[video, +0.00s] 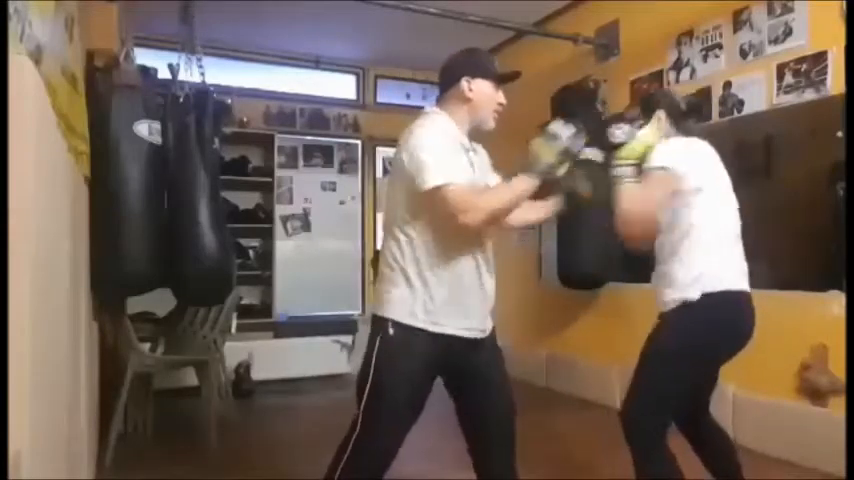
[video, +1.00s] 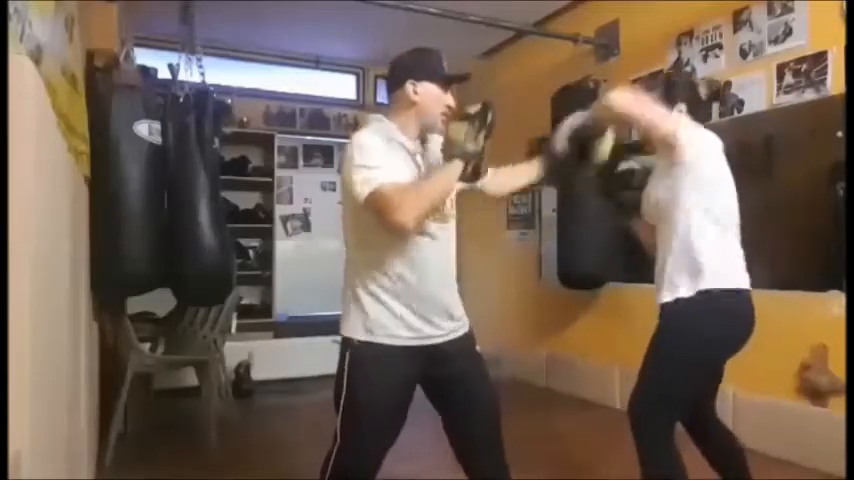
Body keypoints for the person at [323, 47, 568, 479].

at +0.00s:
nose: (503, 98)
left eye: (502, 88)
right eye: (496, 86)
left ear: (469, 90)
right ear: (468, 88)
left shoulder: (474, 152)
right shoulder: (426, 135)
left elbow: (508, 213)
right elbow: (468, 212)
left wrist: (566, 195)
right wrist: (532, 175)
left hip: (470, 327)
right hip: (410, 325)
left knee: (496, 446)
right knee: (370, 450)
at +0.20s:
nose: (502, 102)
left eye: (501, 92)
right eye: (494, 91)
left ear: (469, 92)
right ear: (465, 89)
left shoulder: (467, 148)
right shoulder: (431, 135)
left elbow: (500, 213)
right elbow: (472, 215)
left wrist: (553, 184)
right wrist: (535, 172)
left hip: (468, 326)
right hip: (411, 326)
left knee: (496, 431)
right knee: (375, 444)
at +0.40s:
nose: (494, 105)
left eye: (493, 95)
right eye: (487, 93)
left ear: (460, 94)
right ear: (458, 91)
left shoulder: (470, 146)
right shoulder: (426, 133)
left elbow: (521, 202)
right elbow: (524, 169)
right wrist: (605, 147)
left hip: (463, 328)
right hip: (405, 327)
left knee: (494, 447)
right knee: (370, 451)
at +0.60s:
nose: (470, 103)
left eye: (469, 94)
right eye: (463, 91)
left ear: (433, 94)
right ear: (432, 90)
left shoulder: (435, 148)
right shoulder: (398, 135)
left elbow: (490, 189)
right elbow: (470, 195)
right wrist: (520, 145)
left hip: (455, 332)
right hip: (394, 333)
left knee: (494, 460)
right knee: (360, 463)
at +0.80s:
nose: (448, 98)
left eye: (447, 89)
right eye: (438, 86)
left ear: (410, 92)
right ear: (408, 89)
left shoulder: (425, 149)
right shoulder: (371, 140)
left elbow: (458, 205)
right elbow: (441, 180)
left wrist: (500, 170)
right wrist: (484, 120)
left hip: (446, 331)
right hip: (383, 336)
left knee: (486, 458)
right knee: (355, 463)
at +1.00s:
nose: (452, 102)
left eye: (451, 91)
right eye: (443, 89)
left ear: (419, 93)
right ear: (412, 90)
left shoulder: (439, 146)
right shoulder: (368, 144)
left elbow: (495, 181)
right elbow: (401, 213)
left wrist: (555, 161)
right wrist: (459, 161)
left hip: (448, 334)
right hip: (380, 340)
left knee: (487, 456)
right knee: (355, 462)